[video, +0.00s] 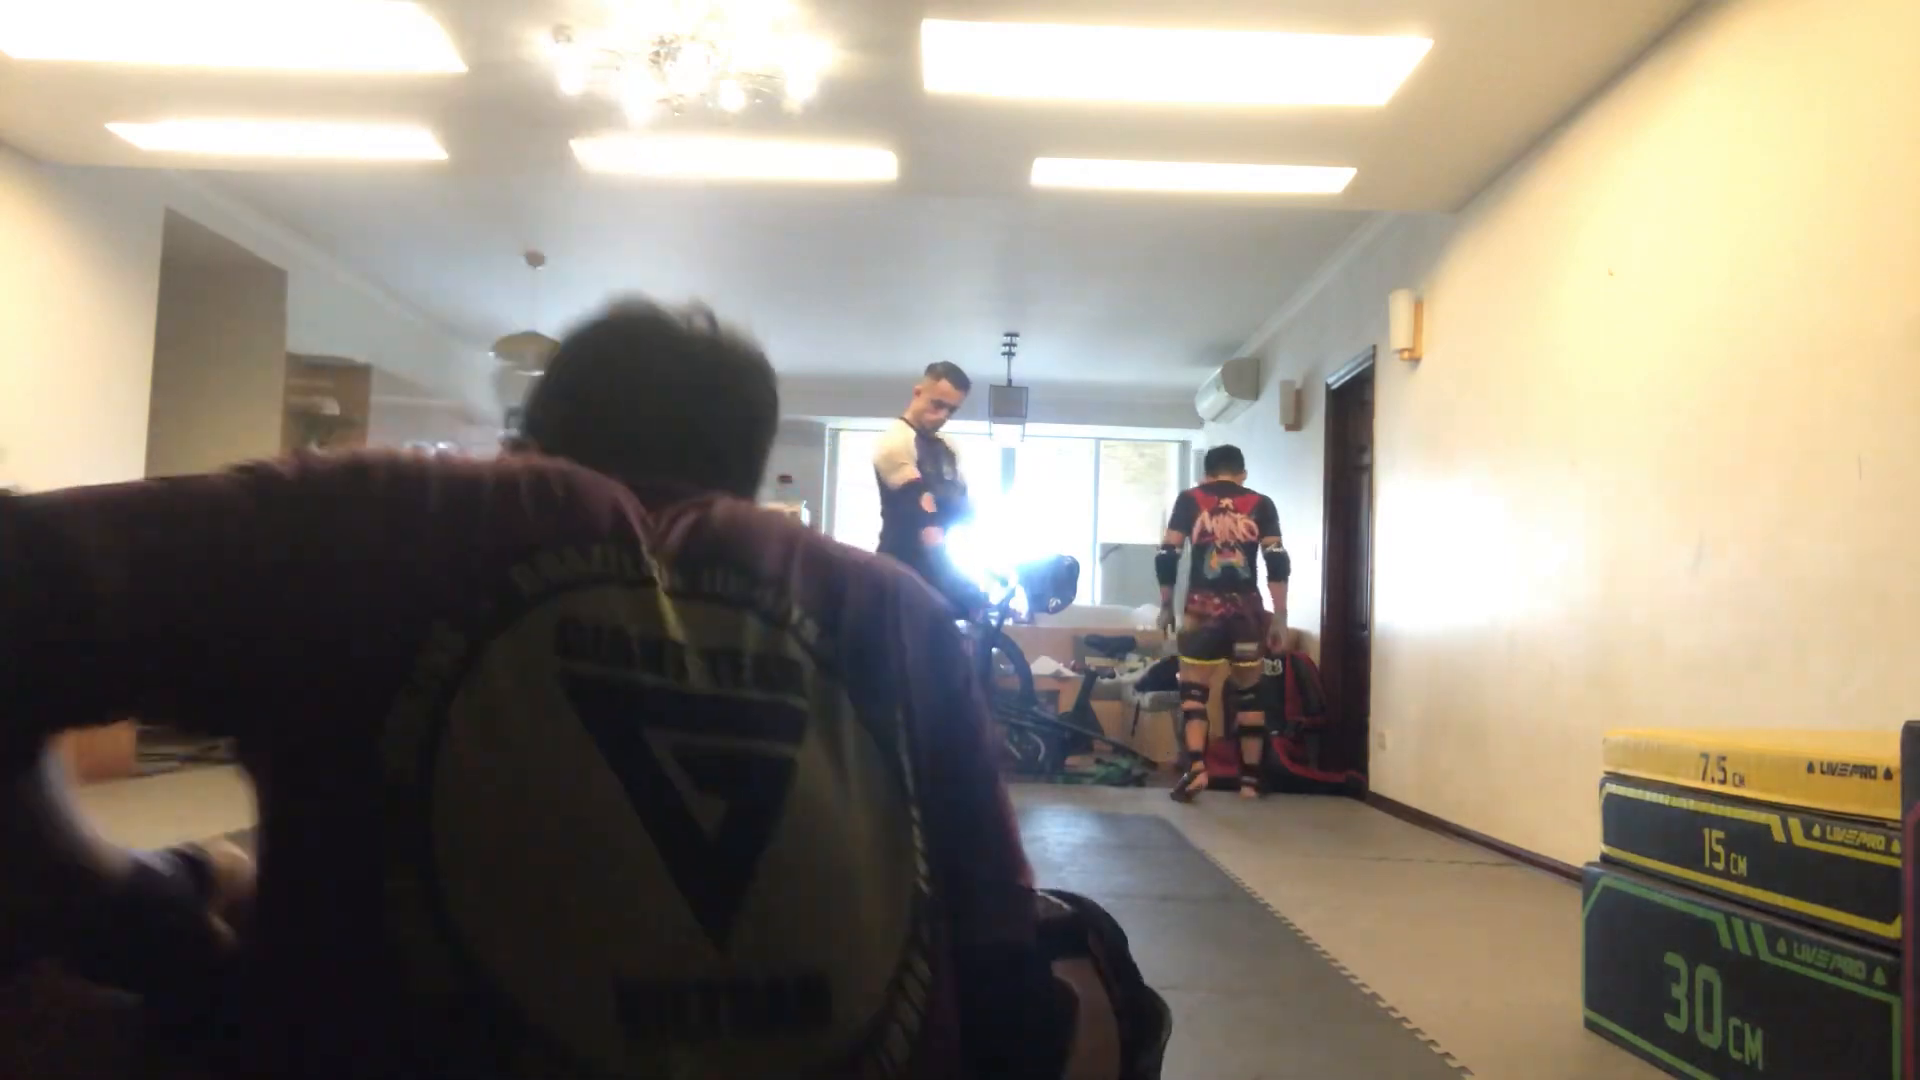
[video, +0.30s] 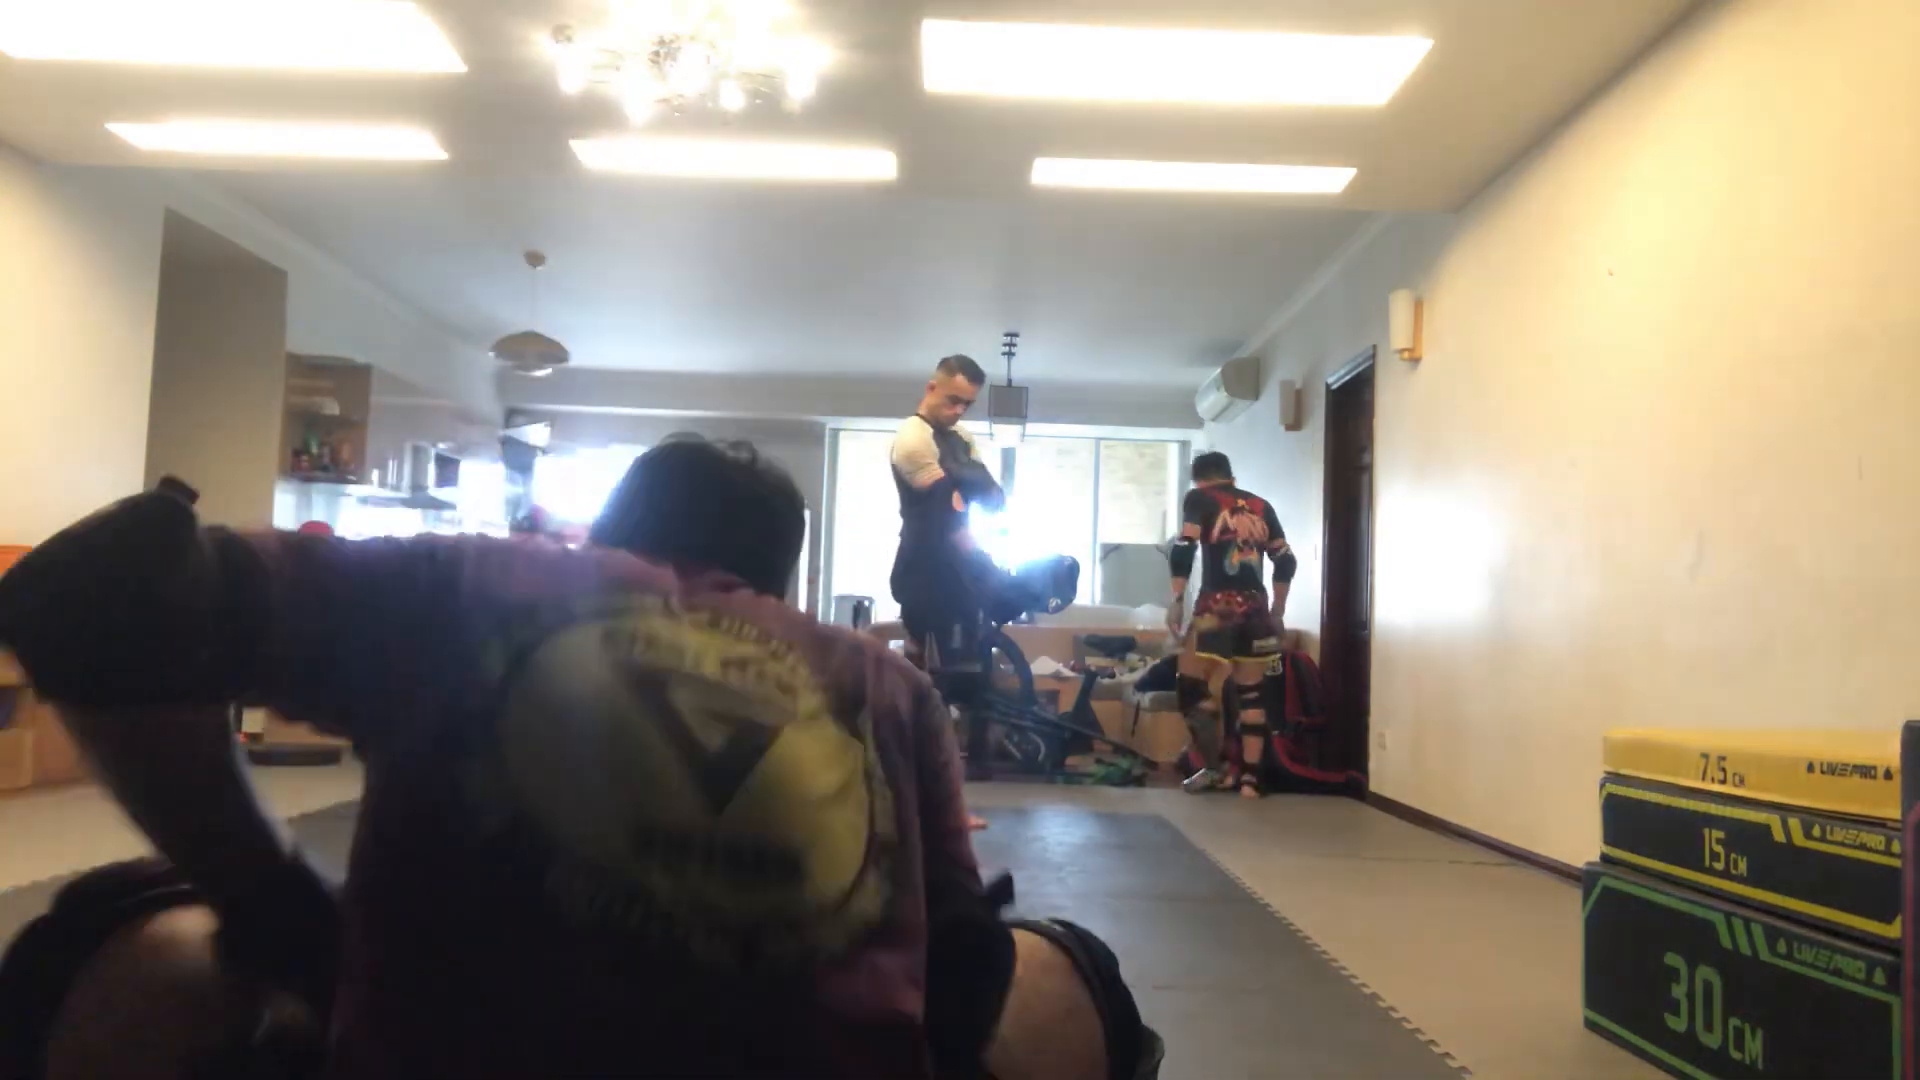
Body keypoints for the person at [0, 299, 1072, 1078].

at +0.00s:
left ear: (534, 436)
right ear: (761, 475)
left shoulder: (390, 518)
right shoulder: (897, 614)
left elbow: (19, 583)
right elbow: (1007, 976)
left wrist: (102, 894)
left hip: (381, 1039)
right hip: (797, 1044)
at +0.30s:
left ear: (604, 525)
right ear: (785, 575)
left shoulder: (477, 582)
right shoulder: (890, 689)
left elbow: (79, 602)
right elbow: (968, 959)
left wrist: (280, 922)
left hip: (452, 1040)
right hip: (807, 1051)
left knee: (140, 943)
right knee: (1058, 955)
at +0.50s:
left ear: (627, 394)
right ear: (803, 431)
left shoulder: (505, 445)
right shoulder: (887, 524)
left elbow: (142, 499)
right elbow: (1016, 752)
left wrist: (315, 737)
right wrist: (923, 881)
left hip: (443, 900)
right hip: (835, 944)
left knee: (103, 959)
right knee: (1078, 976)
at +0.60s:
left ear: (688, 251)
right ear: (836, 295)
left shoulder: (552, 304)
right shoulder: (910, 381)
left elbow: (225, 398)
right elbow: (1045, 591)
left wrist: (382, 617)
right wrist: (951, 726)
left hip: (504, 732)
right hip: (852, 769)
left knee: (147, 983)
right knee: (1074, 1023)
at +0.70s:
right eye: (878, 135)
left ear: (756, 117)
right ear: (895, 146)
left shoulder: (603, 168)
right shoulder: (957, 237)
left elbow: (314, 271)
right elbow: (1076, 420)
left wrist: (444, 462)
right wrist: (932, 513)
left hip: (539, 559)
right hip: (862, 592)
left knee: (201, 972)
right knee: (1061, 1025)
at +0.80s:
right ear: (930, 22)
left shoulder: (653, 41)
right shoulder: (997, 85)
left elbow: (404, 172)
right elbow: (1105, 310)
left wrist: (537, 340)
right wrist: (977, 399)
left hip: (599, 442)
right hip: (890, 485)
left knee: (275, 961)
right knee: (1031, 1013)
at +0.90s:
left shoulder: (690, 9)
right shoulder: (1047, 20)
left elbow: (459, 102)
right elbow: (1139, 217)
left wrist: (605, 256)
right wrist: (1011, 323)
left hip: (657, 386)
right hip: (922, 424)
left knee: (375, 924)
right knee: (996, 994)